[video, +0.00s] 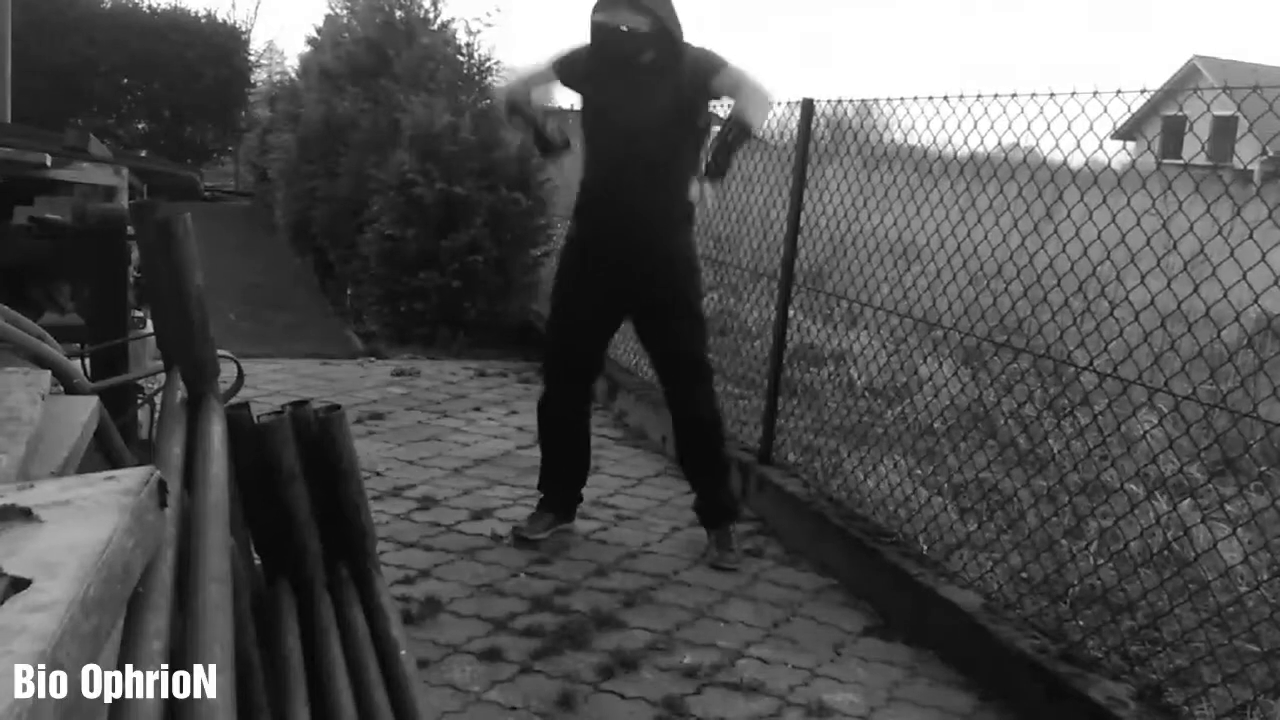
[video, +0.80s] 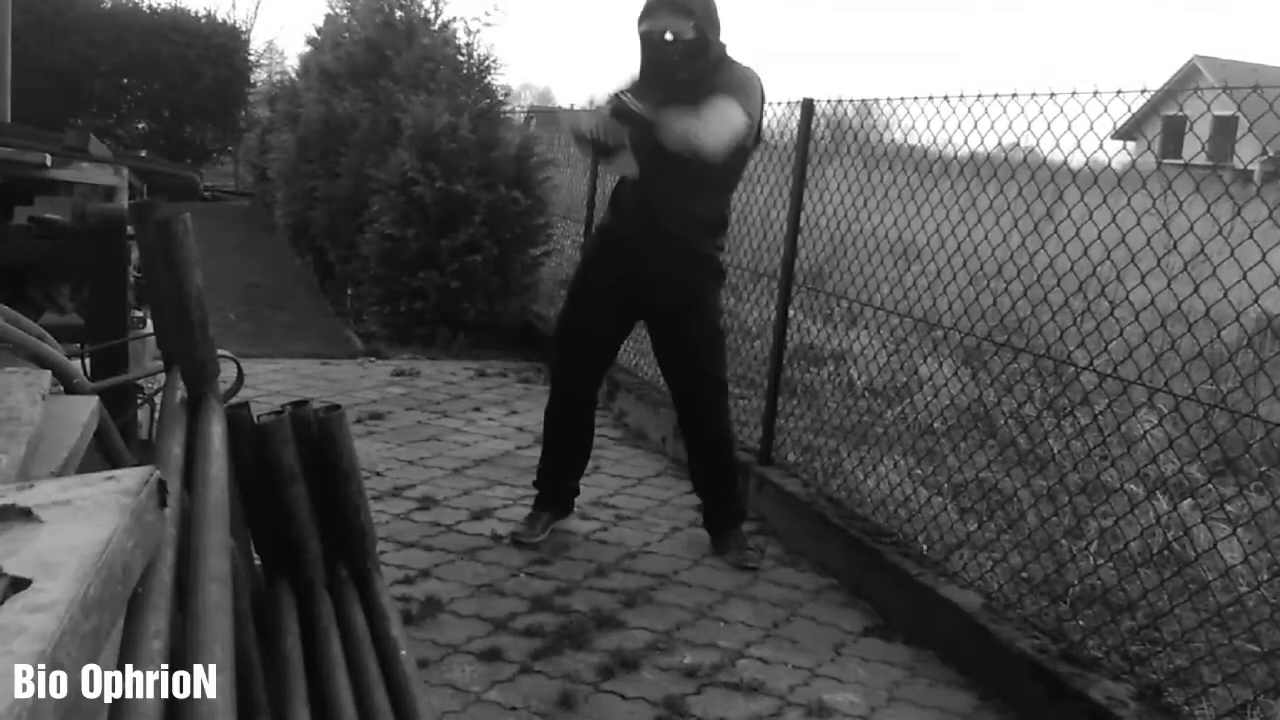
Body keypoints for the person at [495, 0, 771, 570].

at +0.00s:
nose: (611, 36)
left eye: (619, 27)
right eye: (608, 27)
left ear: (644, 21)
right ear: (610, 25)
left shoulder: (693, 64)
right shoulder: (592, 59)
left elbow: (756, 95)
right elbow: (508, 90)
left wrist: (728, 143)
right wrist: (539, 122)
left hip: (663, 252)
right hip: (592, 247)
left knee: (689, 385)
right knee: (565, 379)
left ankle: (719, 521)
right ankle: (557, 505)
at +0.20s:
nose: (640, 33)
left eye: (652, 26)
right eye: (630, 21)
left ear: (663, 31)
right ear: (605, 17)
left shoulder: (666, 81)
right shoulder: (573, 61)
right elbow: (541, 97)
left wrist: (714, 139)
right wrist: (544, 125)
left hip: (673, 251)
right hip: (600, 250)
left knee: (699, 384)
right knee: (575, 382)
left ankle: (715, 519)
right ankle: (554, 505)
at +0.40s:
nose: (636, 41)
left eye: (649, 33)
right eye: (625, 29)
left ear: (663, 34)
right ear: (604, 24)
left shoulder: (671, 87)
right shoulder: (575, 69)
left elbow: (731, 125)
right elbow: (554, 127)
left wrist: (724, 70)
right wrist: (583, 173)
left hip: (680, 250)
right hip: (608, 248)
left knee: (715, 375)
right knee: (579, 380)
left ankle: (720, 518)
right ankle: (554, 504)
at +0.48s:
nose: (649, 24)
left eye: (655, 19)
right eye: (639, 17)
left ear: (666, 19)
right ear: (625, 10)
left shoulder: (684, 61)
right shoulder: (581, 65)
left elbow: (751, 37)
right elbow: (548, 126)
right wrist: (606, 164)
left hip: (683, 248)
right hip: (610, 246)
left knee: (714, 378)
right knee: (579, 378)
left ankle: (728, 514)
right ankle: (553, 503)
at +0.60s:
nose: (642, 57)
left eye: (654, 44)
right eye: (630, 46)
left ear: (678, 35)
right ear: (618, 41)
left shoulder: (712, 80)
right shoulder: (622, 90)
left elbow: (718, 23)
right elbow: (574, 144)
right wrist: (582, 152)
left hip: (684, 255)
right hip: (612, 248)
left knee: (706, 386)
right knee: (580, 375)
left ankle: (730, 521)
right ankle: (550, 498)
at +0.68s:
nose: (627, 46)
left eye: (638, 34)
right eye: (626, 40)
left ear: (675, 28)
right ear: (632, 48)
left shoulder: (729, 66)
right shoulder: (640, 99)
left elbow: (650, 17)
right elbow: (611, 140)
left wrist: (614, 11)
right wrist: (607, 161)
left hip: (684, 256)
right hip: (615, 248)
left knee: (704, 392)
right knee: (577, 374)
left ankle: (728, 524)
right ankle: (550, 498)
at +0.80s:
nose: (664, 49)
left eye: (677, 38)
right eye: (654, 38)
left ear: (705, 37)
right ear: (643, 39)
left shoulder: (738, 84)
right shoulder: (645, 88)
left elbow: (706, 137)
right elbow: (591, 129)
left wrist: (638, 118)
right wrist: (595, 129)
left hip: (686, 266)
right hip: (615, 256)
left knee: (702, 395)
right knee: (573, 374)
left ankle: (726, 525)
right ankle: (552, 501)